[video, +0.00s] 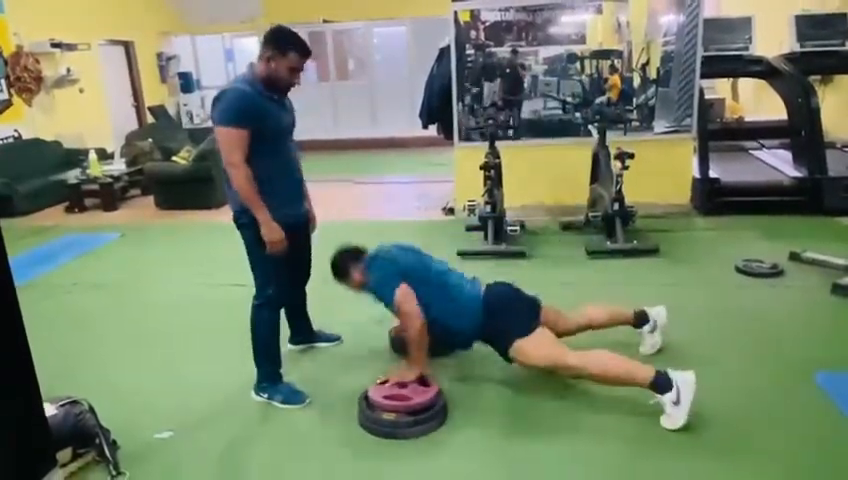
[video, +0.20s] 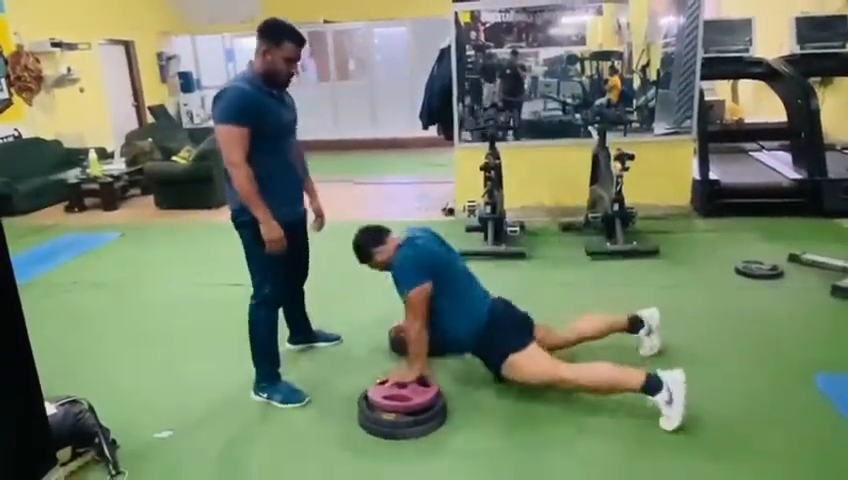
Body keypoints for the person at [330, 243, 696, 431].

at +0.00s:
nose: (356, 286)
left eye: (352, 282)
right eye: (353, 282)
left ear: (354, 274)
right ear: (362, 257)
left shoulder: (380, 272)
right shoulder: (391, 253)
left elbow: (414, 317)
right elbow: (426, 300)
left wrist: (416, 369)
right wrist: (416, 340)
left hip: (492, 321)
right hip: (497, 296)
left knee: (566, 362)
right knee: (568, 322)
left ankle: (666, 384)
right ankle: (646, 316)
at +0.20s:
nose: (379, 268)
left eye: (375, 263)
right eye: (374, 265)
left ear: (379, 252)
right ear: (386, 236)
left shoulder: (407, 262)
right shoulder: (419, 236)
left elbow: (418, 324)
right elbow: (420, 308)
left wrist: (416, 370)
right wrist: (416, 345)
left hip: (492, 338)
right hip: (498, 311)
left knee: (562, 374)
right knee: (558, 339)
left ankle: (658, 384)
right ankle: (639, 322)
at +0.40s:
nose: (392, 282)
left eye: (386, 279)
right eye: (387, 278)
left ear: (384, 265)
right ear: (387, 249)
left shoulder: (408, 257)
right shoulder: (415, 241)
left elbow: (416, 322)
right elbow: (423, 300)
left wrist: (414, 369)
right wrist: (412, 336)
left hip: (522, 284)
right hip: (524, 269)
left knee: (579, 352)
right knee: (583, 315)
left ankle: (683, 387)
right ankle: (655, 323)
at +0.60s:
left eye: (435, 293)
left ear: (435, 285)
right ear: (431, 264)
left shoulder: (453, 266)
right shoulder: (448, 253)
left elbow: (441, 329)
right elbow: (442, 297)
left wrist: (415, 370)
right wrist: (423, 323)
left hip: (571, 249)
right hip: (556, 238)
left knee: (531, 328)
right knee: (534, 298)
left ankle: (601, 378)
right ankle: (593, 336)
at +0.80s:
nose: (465, 292)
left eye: (463, 287)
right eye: (461, 288)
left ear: (472, 279)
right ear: (475, 262)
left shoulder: (493, 285)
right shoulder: (491, 258)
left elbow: (457, 343)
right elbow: (469, 297)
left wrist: (413, 373)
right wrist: (437, 319)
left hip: (608, 311)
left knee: (539, 333)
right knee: (538, 314)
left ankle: (598, 381)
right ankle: (593, 350)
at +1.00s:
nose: (479, 246)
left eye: (475, 241)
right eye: (475, 243)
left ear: (482, 231)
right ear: (487, 218)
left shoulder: (508, 235)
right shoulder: (507, 222)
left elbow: (502, 309)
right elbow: (502, 287)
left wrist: (466, 355)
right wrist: (474, 321)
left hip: (618, 270)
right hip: (609, 256)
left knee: (546, 314)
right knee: (538, 288)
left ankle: (595, 382)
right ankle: (587, 353)